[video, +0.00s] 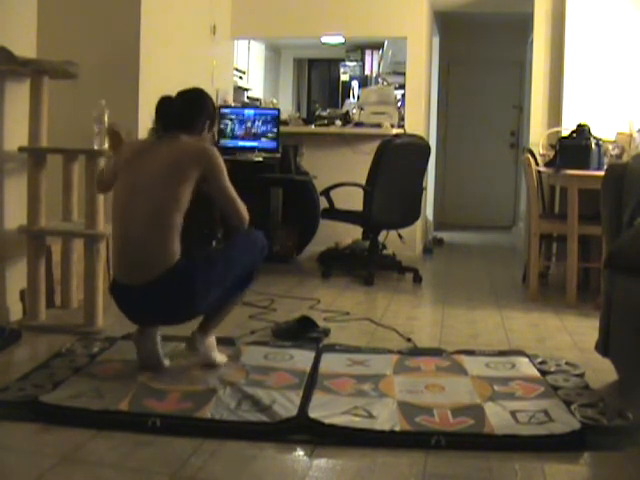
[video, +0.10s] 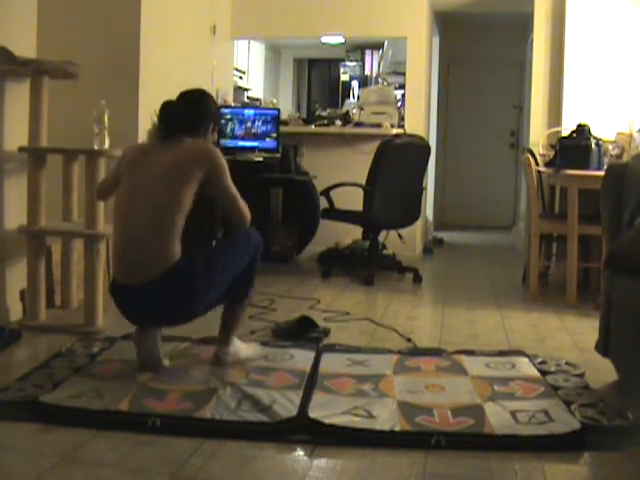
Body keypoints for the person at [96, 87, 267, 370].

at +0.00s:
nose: (212, 138)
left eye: (214, 133)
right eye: (213, 132)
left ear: (167, 122)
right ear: (205, 128)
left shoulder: (132, 150)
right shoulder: (201, 153)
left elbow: (102, 184)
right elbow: (240, 219)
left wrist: (116, 152)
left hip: (127, 301)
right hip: (172, 299)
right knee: (255, 243)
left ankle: (147, 332)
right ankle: (204, 334)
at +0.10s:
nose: (213, 138)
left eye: (215, 133)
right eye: (215, 132)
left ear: (168, 123)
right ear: (209, 130)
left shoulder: (135, 153)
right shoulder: (204, 154)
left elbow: (102, 192)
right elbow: (242, 218)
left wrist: (129, 163)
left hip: (127, 303)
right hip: (173, 300)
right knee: (250, 240)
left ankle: (147, 339)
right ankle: (227, 343)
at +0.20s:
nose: (218, 138)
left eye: (219, 132)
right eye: (219, 132)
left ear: (175, 122)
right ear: (212, 131)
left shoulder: (141, 155)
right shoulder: (209, 158)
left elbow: (106, 195)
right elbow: (239, 226)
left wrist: (143, 201)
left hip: (127, 302)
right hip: (172, 301)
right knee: (250, 244)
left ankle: (147, 337)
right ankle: (228, 344)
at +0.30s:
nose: (222, 134)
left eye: (222, 127)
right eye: (222, 127)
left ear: (180, 120)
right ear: (216, 128)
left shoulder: (148, 154)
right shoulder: (213, 158)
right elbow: (240, 229)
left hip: (129, 302)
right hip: (173, 301)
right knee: (254, 244)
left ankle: (148, 334)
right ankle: (229, 344)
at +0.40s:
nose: (225, 133)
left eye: (225, 126)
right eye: (225, 126)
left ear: (183, 121)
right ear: (219, 127)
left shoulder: (154, 156)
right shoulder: (216, 155)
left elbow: (118, 209)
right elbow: (248, 226)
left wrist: (151, 233)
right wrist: (219, 221)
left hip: (131, 302)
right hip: (176, 301)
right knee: (256, 245)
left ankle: (147, 334)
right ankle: (229, 344)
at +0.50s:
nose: (228, 136)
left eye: (228, 129)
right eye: (228, 129)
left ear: (185, 125)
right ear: (223, 131)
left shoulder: (157, 159)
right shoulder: (219, 156)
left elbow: (122, 218)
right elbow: (252, 224)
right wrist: (218, 225)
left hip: (132, 303)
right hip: (177, 302)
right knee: (256, 244)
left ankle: (148, 333)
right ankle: (229, 344)